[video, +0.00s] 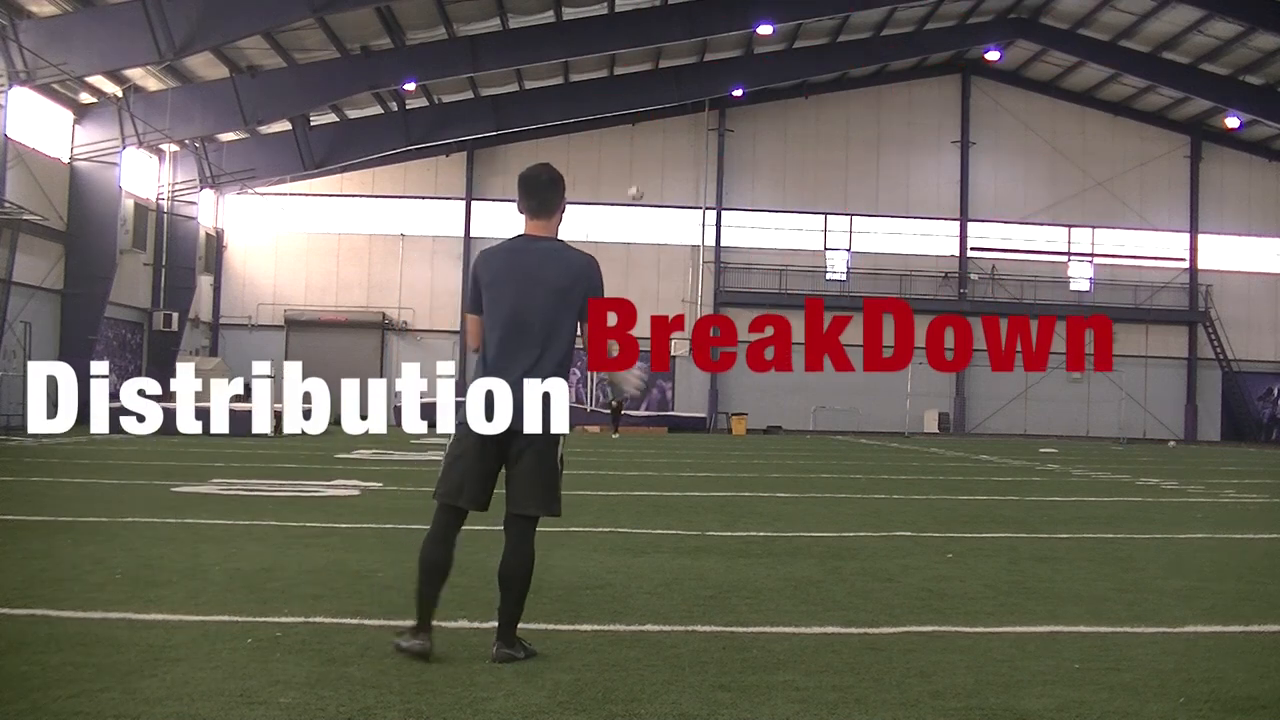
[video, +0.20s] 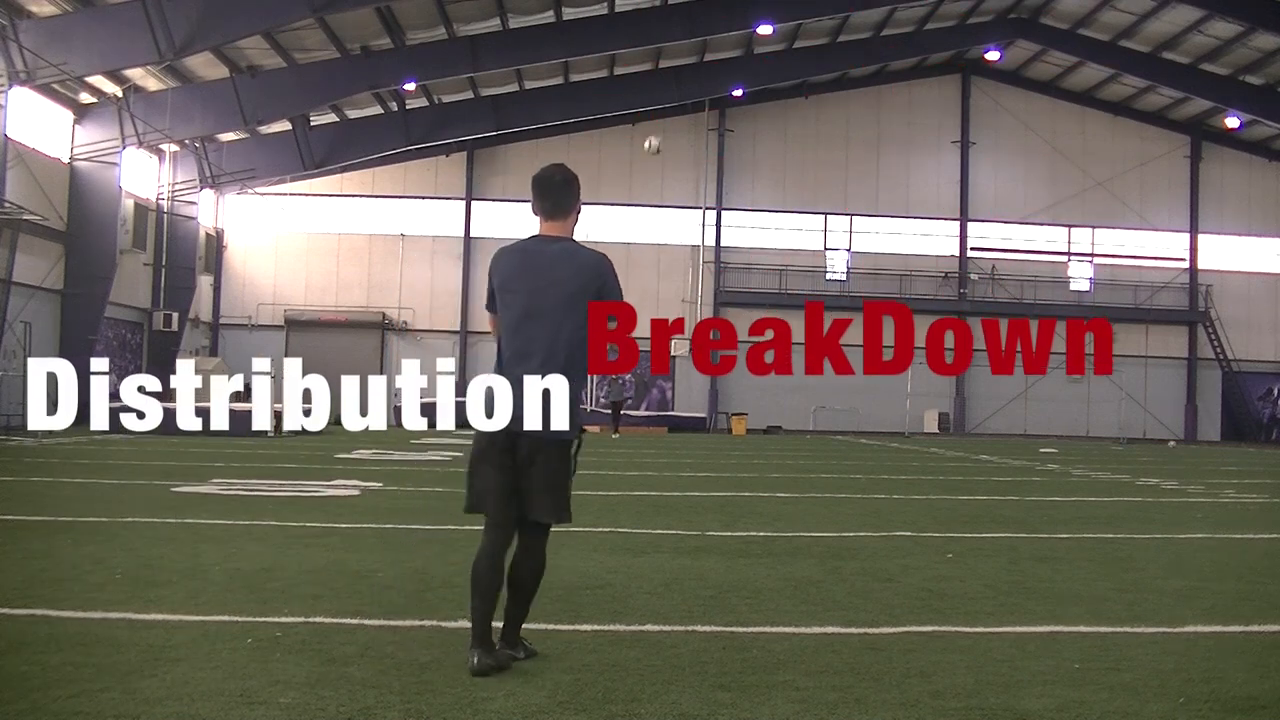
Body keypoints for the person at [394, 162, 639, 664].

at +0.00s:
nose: (563, 209)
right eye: (565, 201)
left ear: (520, 205)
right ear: (563, 205)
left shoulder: (487, 261)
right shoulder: (582, 267)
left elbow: (473, 340)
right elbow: (598, 343)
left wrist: (516, 326)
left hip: (484, 407)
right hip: (541, 413)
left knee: (447, 518)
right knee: (521, 529)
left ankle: (421, 629)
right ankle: (506, 639)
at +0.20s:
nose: (570, 210)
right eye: (575, 201)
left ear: (533, 207)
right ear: (578, 206)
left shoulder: (505, 259)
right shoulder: (595, 266)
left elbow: (496, 326)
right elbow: (613, 339)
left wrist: (548, 325)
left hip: (501, 413)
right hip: (556, 420)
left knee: (495, 529)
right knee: (533, 534)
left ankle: (481, 647)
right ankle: (510, 638)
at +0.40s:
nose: (601, 207)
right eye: (603, 200)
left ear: (557, 205)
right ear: (601, 204)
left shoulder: (528, 261)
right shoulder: (616, 262)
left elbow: (535, 323)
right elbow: (644, 326)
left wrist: (603, 325)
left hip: (530, 416)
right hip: (590, 421)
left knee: (508, 534)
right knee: (621, 523)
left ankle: (484, 652)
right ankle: (586, 634)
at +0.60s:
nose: (646, 211)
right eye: (652, 203)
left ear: (607, 209)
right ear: (652, 207)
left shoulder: (579, 269)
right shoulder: (670, 271)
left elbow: (567, 344)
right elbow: (728, 310)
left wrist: (617, 321)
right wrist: (720, 273)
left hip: (583, 432)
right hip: (644, 434)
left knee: (537, 543)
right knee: (682, 548)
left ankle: (492, 650)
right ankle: (716, 665)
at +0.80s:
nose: (692, 191)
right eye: (695, 184)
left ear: (648, 192)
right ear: (695, 189)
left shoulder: (622, 255)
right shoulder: (717, 241)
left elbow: (602, 329)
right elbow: (775, 220)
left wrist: (604, 400)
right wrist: (771, 171)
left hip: (623, 410)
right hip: (685, 412)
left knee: (577, 521)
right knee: (700, 537)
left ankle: (533, 633)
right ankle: (718, 663)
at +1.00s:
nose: (711, 183)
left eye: (703, 177)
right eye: (709, 177)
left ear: (661, 190)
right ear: (703, 185)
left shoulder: (636, 255)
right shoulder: (727, 242)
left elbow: (610, 330)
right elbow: (797, 203)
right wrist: (811, 134)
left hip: (648, 403)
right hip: (707, 406)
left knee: (599, 520)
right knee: (715, 536)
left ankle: (550, 631)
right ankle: (721, 665)